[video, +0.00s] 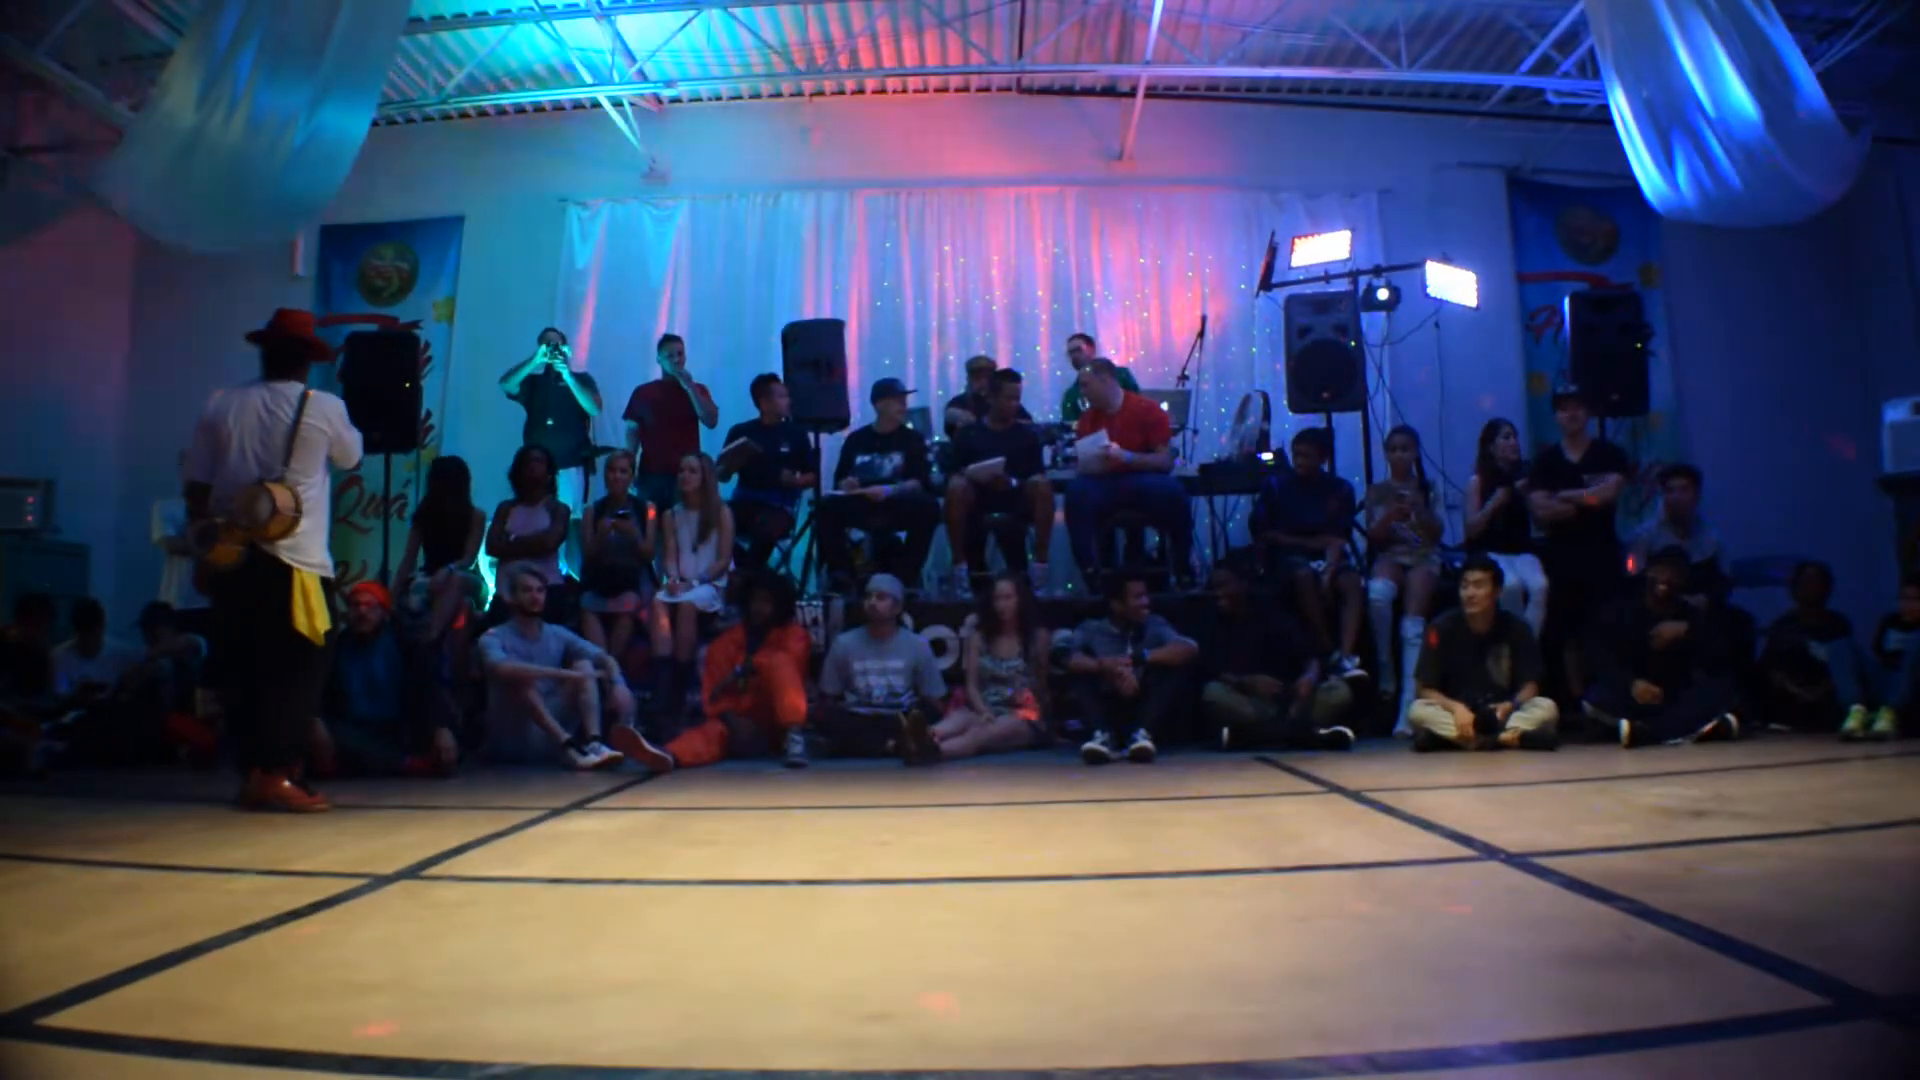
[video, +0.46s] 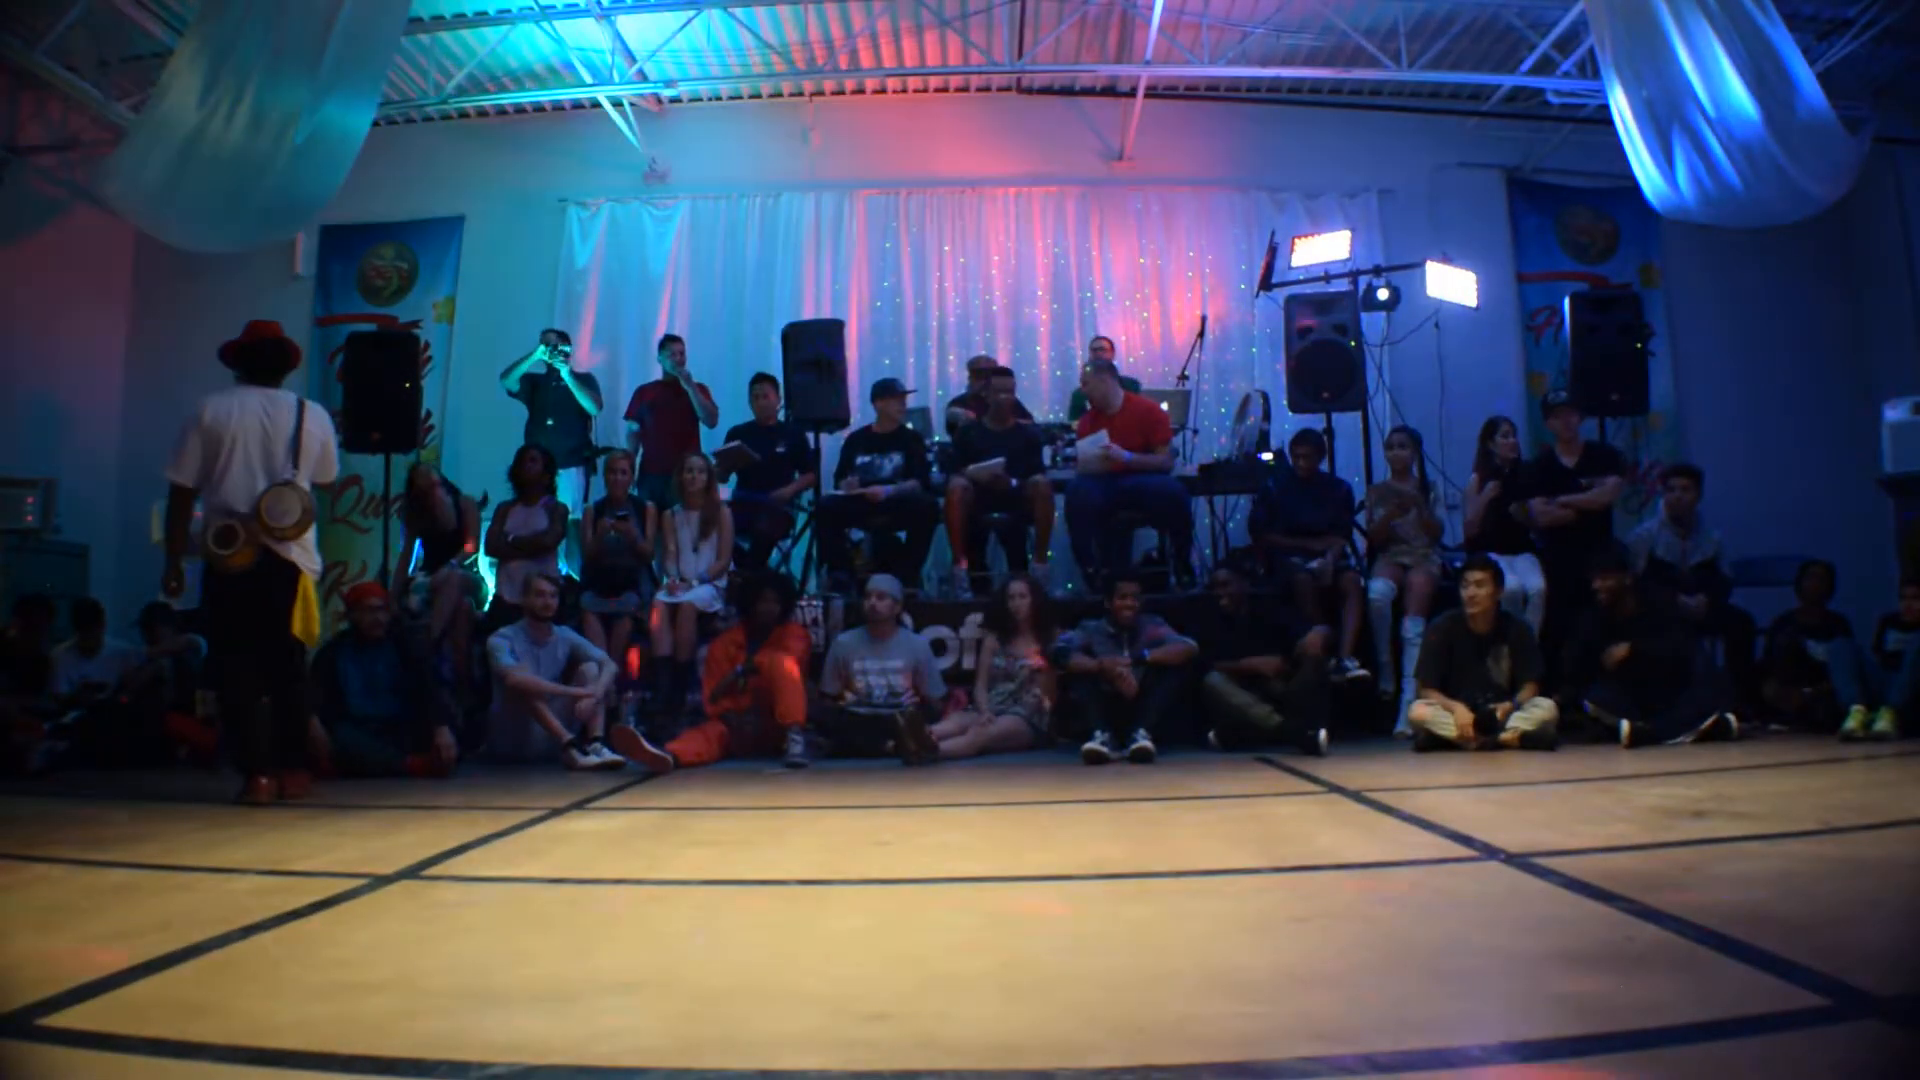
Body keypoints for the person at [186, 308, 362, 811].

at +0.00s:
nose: (311, 365)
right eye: (311, 359)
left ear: (263, 357)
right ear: (308, 361)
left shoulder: (223, 406)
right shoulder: (323, 408)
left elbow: (196, 482)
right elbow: (350, 458)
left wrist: (202, 535)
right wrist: (320, 416)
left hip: (234, 563)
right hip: (297, 568)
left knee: (244, 669)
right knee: (296, 673)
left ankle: (255, 775)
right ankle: (277, 776)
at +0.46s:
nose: (240, 368)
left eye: (239, 362)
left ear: (236, 365)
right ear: (286, 367)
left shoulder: (214, 412)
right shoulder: (313, 417)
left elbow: (182, 493)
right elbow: (325, 485)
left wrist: (173, 562)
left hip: (228, 564)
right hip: (289, 566)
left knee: (235, 670)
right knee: (287, 667)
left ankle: (256, 773)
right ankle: (293, 769)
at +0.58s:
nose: (234, 373)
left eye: (235, 366)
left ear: (234, 369)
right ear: (283, 371)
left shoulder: (214, 415)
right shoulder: (310, 420)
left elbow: (184, 495)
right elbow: (330, 493)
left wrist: (174, 564)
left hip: (229, 565)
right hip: (289, 566)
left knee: (234, 668)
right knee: (284, 666)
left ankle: (254, 772)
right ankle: (285, 766)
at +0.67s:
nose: (234, 377)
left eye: (235, 370)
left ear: (234, 373)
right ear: (282, 375)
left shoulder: (216, 417)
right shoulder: (310, 422)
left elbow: (187, 494)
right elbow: (332, 496)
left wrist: (178, 563)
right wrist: (291, 507)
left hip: (229, 566)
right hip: (288, 567)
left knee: (233, 667)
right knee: (282, 666)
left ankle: (254, 770)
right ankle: (278, 764)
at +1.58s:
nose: (196, 388)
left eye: (203, 379)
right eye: (196, 380)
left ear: (224, 380)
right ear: (238, 381)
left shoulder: (233, 419)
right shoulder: (254, 424)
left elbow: (210, 481)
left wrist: (174, 481)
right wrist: (183, 486)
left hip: (216, 564)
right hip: (237, 561)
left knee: (204, 668)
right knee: (242, 665)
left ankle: (208, 764)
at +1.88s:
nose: (175, 386)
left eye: (184, 377)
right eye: (175, 378)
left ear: (208, 379)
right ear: (189, 383)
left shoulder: (230, 423)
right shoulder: (196, 427)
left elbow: (191, 471)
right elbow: (181, 512)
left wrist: (166, 427)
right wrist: (161, 566)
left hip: (212, 568)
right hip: (182, 571)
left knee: (198, 669)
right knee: (178, 670)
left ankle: (206, 764)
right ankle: (191, 763)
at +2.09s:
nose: (160, 385)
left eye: (169, 376)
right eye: (159, 377)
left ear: (194, 378)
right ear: (165, 381)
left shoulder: (217, 418)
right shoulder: (165, 427)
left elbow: (185, 453)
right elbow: (157, 510)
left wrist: (156, 410)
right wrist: (132, 566)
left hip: (200, 566)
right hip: (158, 571)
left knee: (198, 672)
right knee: (144, 674)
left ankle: (208, 766)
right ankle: (133, 765)